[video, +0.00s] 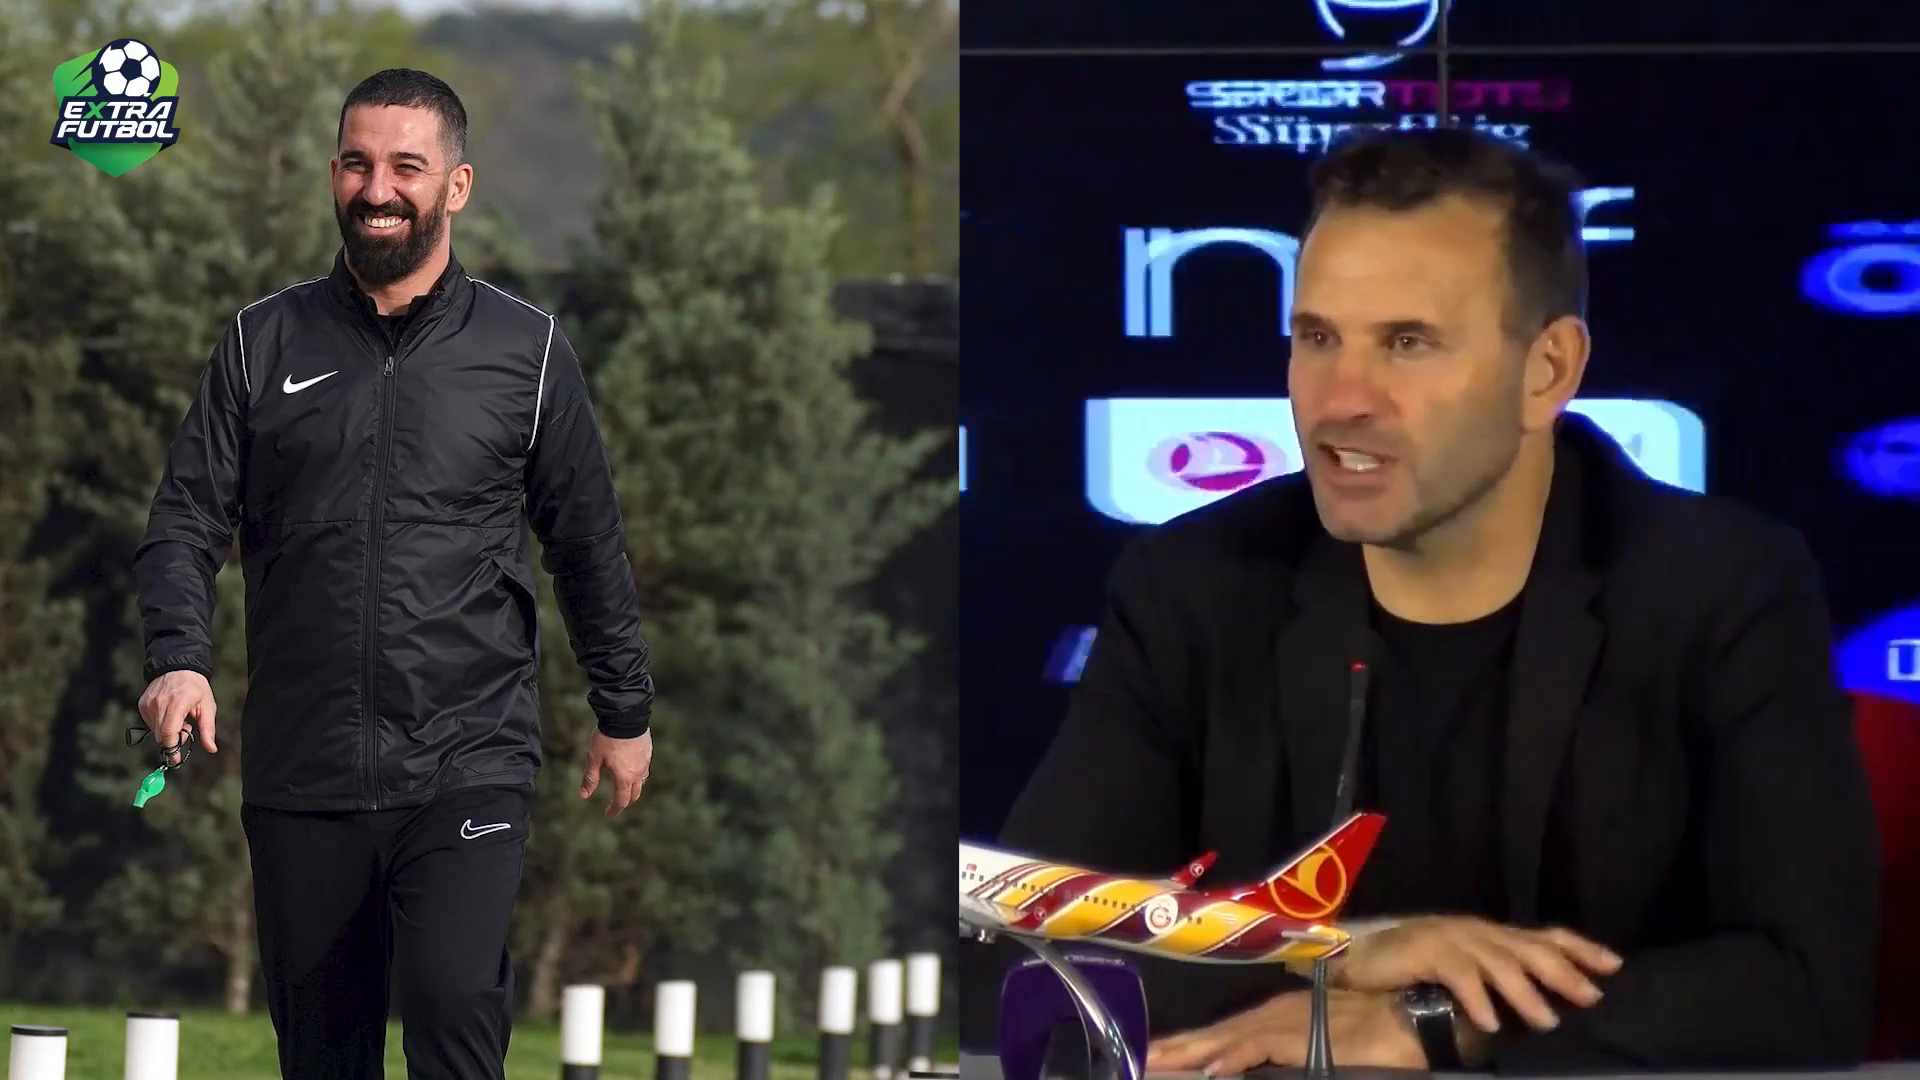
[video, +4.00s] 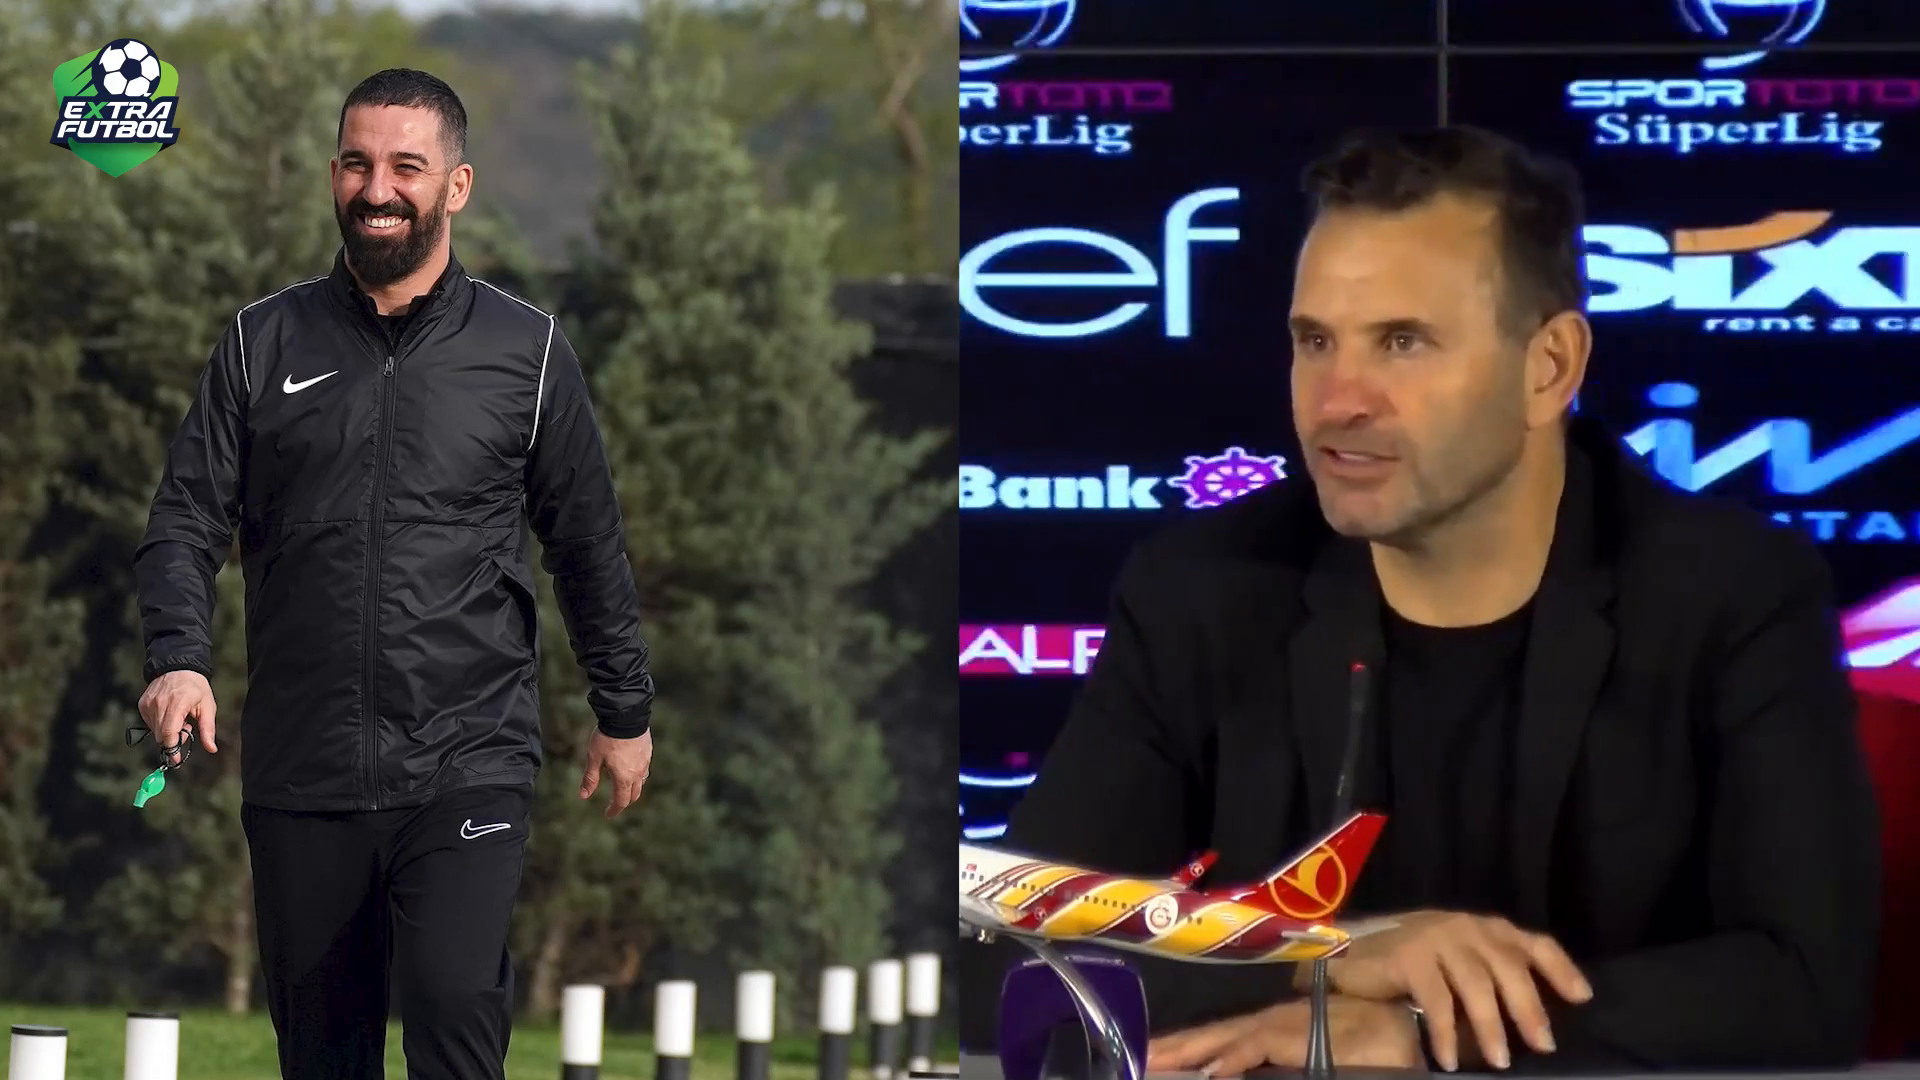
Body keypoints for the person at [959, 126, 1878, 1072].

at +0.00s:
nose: (1338, 396)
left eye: (1407, 344)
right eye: (1316, 338)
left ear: (1550, 371)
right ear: (1290, 342)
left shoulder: (1724, 590)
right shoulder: (1189, 586)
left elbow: (1807, 989)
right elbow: (1029, 963)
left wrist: (1428, 1027)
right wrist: (1328, 958)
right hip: (1247, 1073)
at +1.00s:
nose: (1352, 407)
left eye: (1415, 350)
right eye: (1320, 350)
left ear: (1547, 366)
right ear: (1284, 359)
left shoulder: (1719, 593)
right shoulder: (1185, 595)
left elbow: (1810, 990)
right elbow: (1020, 944)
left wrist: (1436, 1019)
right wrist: (1314, 919)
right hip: (1245, 1077)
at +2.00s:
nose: (1348, 391)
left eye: (1409, 332)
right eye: (1316, 337)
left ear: (1548, 354)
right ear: (1285, 354)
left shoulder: (1725, 591)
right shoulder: (1189, 589)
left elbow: (1812, 989)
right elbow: (1026, 973)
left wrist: (1439, 1025)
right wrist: (1319, 959)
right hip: (1249, 1077)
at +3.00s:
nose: (1324, 389)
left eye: (1387, 330)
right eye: (1300, 334)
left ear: (1537, 349)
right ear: (1276, 342)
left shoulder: (1735, 593)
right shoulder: (1193, 593)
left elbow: (1813, 993)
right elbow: (1024, 977)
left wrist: (1436, 1024)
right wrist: (1319, 954)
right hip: (1254, 1075)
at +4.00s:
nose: (1335, 398)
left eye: (1401, 343)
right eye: (1314, 341)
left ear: (1552, 366)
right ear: (1289, 345)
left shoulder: (1735, 597)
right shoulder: (1200, 591)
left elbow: (1805, 993)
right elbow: (1027, 956)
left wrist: (1426, 1035)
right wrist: (1324, 959)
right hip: (1253, 1078)